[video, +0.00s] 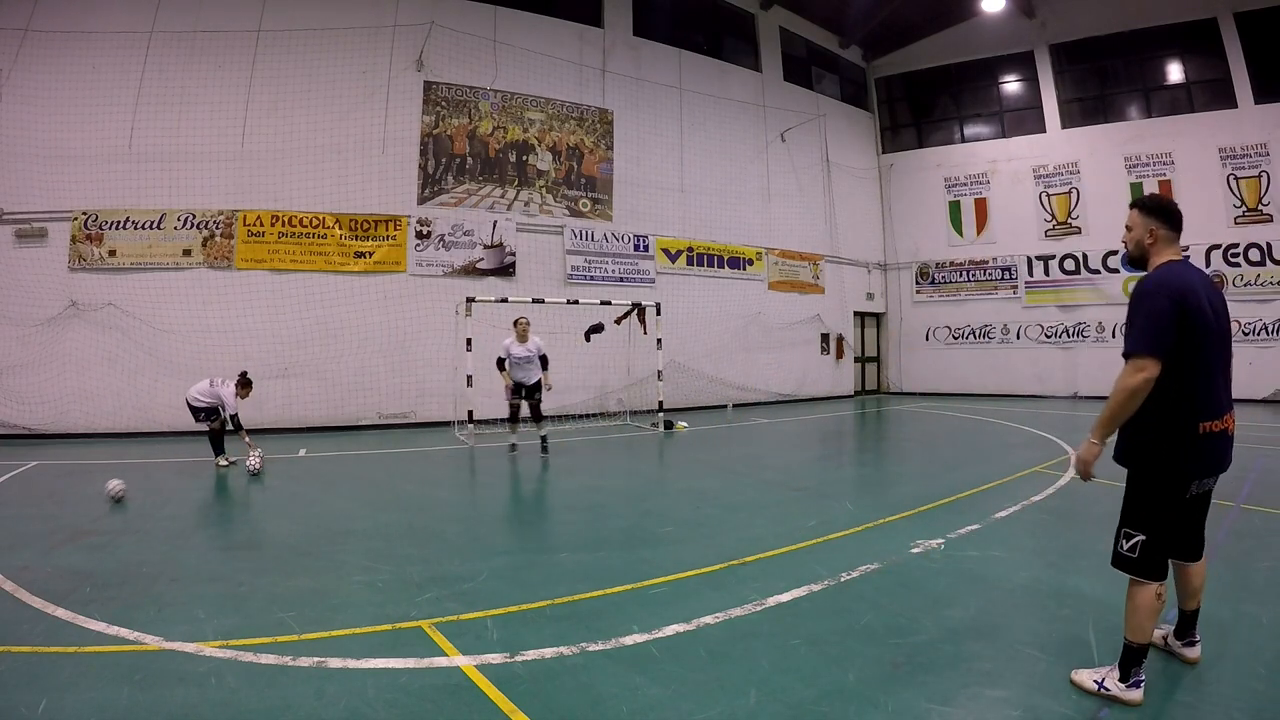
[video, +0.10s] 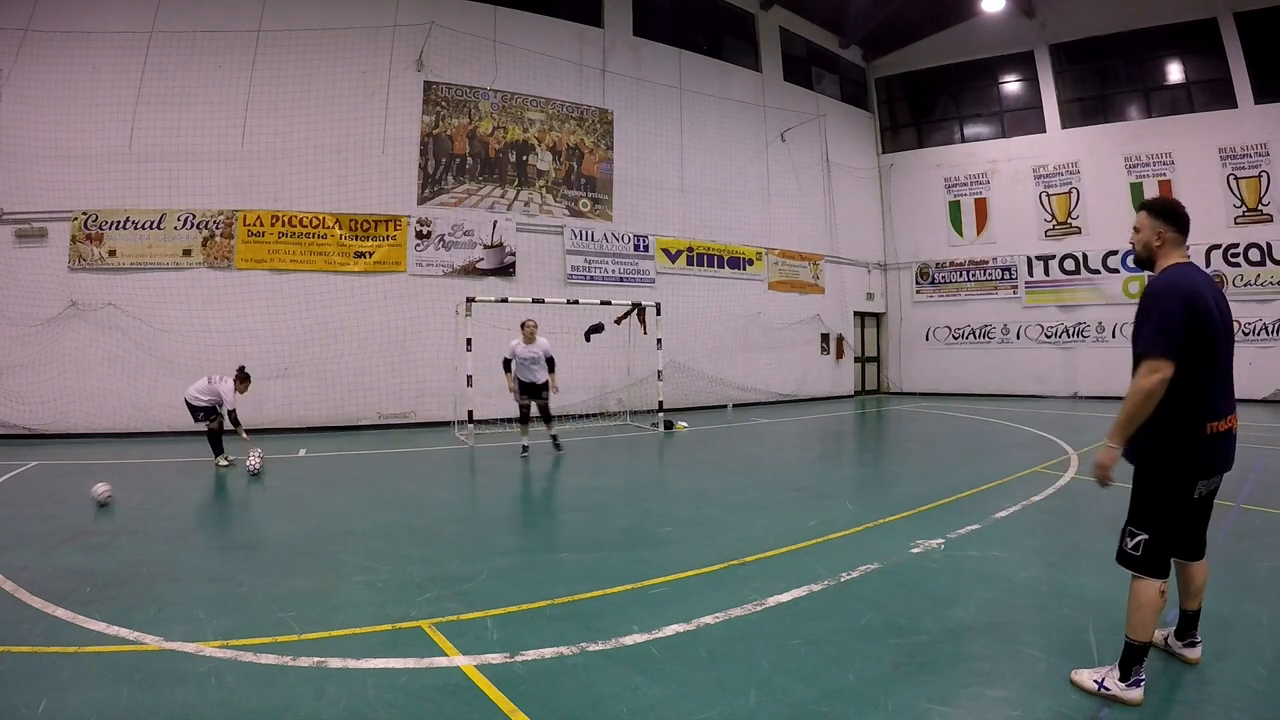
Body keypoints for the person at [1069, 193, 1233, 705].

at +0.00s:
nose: (1123, 239)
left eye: (1129, 230)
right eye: (1125, 230)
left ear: (1152, 234)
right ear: (1169, 235)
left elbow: (1142, 373)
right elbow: (1214, 362)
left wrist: (1096, 438)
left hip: (1165, 449)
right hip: (1207, 444)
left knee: (1145, 565)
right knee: (1188, 545)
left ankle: (1127, 676)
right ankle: (1185, 636)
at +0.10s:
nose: (1130, 240)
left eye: (1137, 231)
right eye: (1132, 231)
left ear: (1160, 235)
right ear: (1171, 236)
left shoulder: (1165, 289)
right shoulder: (1203, 282)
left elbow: (1155, 372)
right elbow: (1209, 366)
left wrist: (1112, 442)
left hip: (1173, 448)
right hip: (1211, 443)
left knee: (1147, 560)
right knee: (1190, 545)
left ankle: (1127, 676)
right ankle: (1185, 636)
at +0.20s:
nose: (1137, 237)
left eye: (1143, 230)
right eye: (1140, 229)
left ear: (1166, 236)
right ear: (1176, 238)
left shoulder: (1174, 290)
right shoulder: (1204, 284)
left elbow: (1173, 373)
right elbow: (1209, 370)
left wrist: (1138, 446)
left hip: (1180, 447)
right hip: (1212, 445)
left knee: (1151, 558)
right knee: (1197, 545)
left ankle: (1128, 674)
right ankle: (1186, 637)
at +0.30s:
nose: (1143, 237)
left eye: (1148, 230)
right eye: (1146, 229)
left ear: (1171, 238)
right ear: (1181, 239)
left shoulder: (1181, 291)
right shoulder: (1204, 285)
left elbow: (1187, 372)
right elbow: (1211, 369)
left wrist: (1163, 445)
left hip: (1185, 448)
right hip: (1214, 445)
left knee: (1157, 557)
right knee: (1201, 544)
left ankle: (1132, 670)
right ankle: (1187, 637)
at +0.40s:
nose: (1146, 238)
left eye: (1152, 231)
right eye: (1149, 230)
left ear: (1174, 238)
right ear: (1184, 239)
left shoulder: (1186, 292)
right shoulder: (1205, 285)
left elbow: (1197, 372)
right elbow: (1208, 370)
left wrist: (1179, 447)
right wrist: (1184, 438)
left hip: (1186, 448)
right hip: (1214, 445)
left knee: (1160, 556)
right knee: (1201, 544)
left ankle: (1140, 669)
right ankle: (1187, 637)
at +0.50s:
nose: (1148, 238)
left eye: (1154, 231)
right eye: (1151, 230)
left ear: (1176, 238)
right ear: (1185, 239)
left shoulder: (1189, 291)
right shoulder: (1204, 285)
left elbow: (1202, 370)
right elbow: (1208, 369)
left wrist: (1185, 447)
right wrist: (1184, 439)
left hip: (1184, 449)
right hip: (1211, 446)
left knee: (1163, 556)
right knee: (1200, 545)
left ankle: (1150, 670)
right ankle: (1188, 637)